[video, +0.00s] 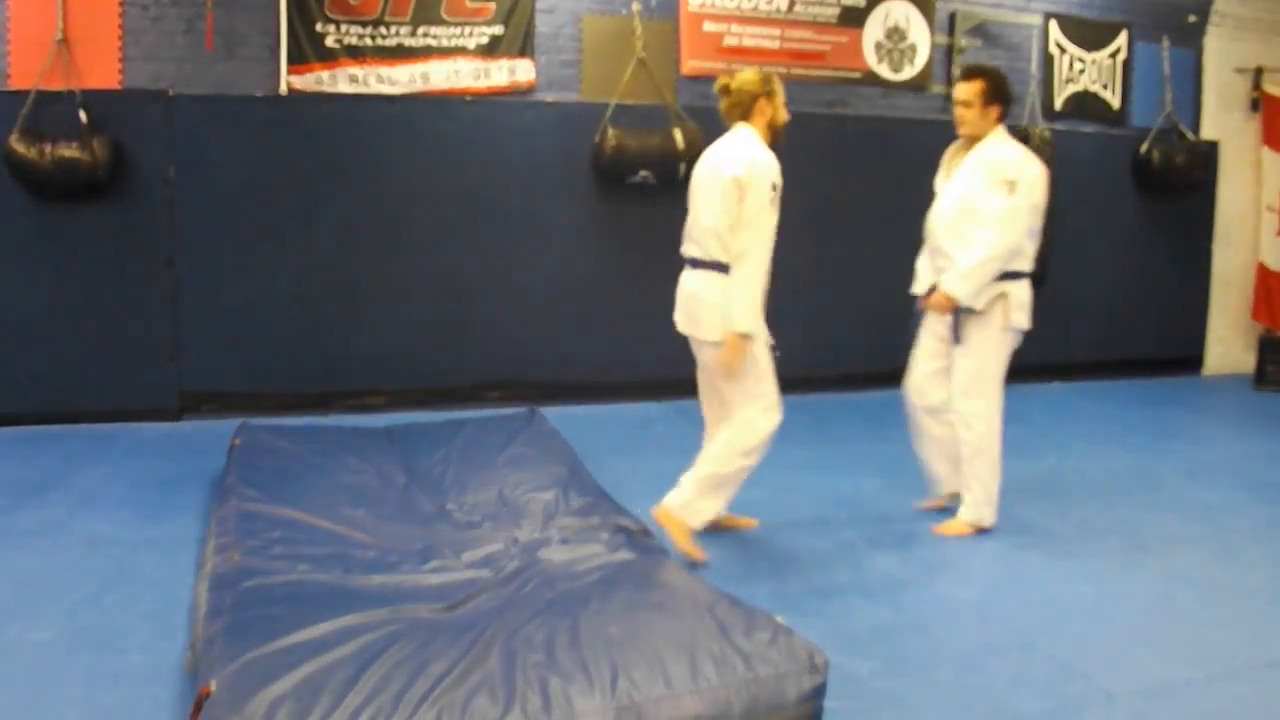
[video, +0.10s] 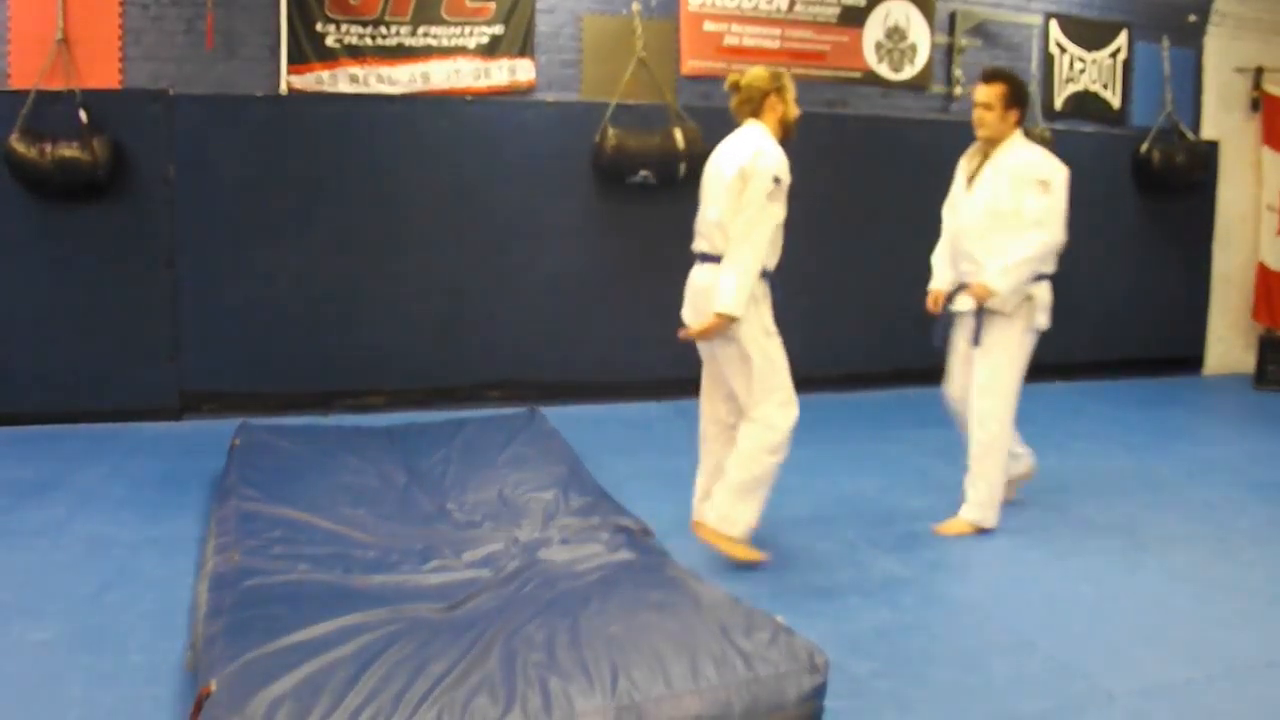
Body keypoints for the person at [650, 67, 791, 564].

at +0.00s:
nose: (784, 112)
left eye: (781, 103)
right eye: (780, 104)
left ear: (740, 108)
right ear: (762, 107)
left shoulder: (713, 155)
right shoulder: (759, 161)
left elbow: (700, 237)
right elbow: (752, 249)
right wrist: (740, 323)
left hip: (696, 286)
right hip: (730, 294)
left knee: (717, 407)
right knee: (761, 410)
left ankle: (710, 505)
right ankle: (682, 507)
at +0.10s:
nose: (796, 110)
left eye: (794, 101)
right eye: (791, 101)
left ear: (751, 104)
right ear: (773, 104)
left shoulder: (728, 148)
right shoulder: (767, 155)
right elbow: (750, 235)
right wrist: (728, 304)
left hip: (706, 277)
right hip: (737, 285)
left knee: (721, 406)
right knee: (775, 406)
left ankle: (709, 510)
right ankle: (727, 518)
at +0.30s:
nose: (809, 108)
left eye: (807, 100)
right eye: (804, 100)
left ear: (763, 104)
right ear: (787, 104)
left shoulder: (738, 151)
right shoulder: (787, 159)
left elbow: (723, 232)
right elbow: (778, 245)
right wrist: (770, 324)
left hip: (718, 285)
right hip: (754, 293)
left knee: (728, 409)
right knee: (779, 421)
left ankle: (710, 502)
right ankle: (759, 543)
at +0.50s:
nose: (811, 98)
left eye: (809, 89)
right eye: (807, 90)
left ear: (759, 94)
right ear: (792, 95)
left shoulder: (733, 148)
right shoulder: (797, 153)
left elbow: (734, 223)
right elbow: (817, 240)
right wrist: (842, 312)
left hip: (723, 280)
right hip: (765, 290)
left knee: (737, 403)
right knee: (779, 417)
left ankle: (721, 496)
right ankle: (758, 543)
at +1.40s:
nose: (799, 100)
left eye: (795, 91)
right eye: (794, 92)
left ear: (752, 96)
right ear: (778, 95)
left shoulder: (731, 149)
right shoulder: (779, 154)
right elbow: (800, 241)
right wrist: (876, 254)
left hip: (733, 283)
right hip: (767, 291)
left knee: (734, 404)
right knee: (782, 416)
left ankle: (720, 506)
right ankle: (756, 541)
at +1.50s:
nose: (800, 101)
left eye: (797, 93)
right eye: (796, 93)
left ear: (753, 95)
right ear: (781, 95)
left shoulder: (733, 145)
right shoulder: (785, 152)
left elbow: (761, 201)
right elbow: (838, 214)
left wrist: (810, 176)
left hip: (724, 282)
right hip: (763, 291)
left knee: (730, 405)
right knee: (781, 417)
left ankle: (720, 506)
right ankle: (756, 541)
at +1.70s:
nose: (809, 112)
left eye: (807, 103)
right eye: (804, 102)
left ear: (768, 102)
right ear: (781, 101)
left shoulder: (745, 144)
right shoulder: (775, 153)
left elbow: (802, 214)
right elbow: (834, 227)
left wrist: (837, 196)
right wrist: (870, 200)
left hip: (722, 286)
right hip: (743, 293)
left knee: (753, 407)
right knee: (776, 418)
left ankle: (730, 504)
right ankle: (758, 543)